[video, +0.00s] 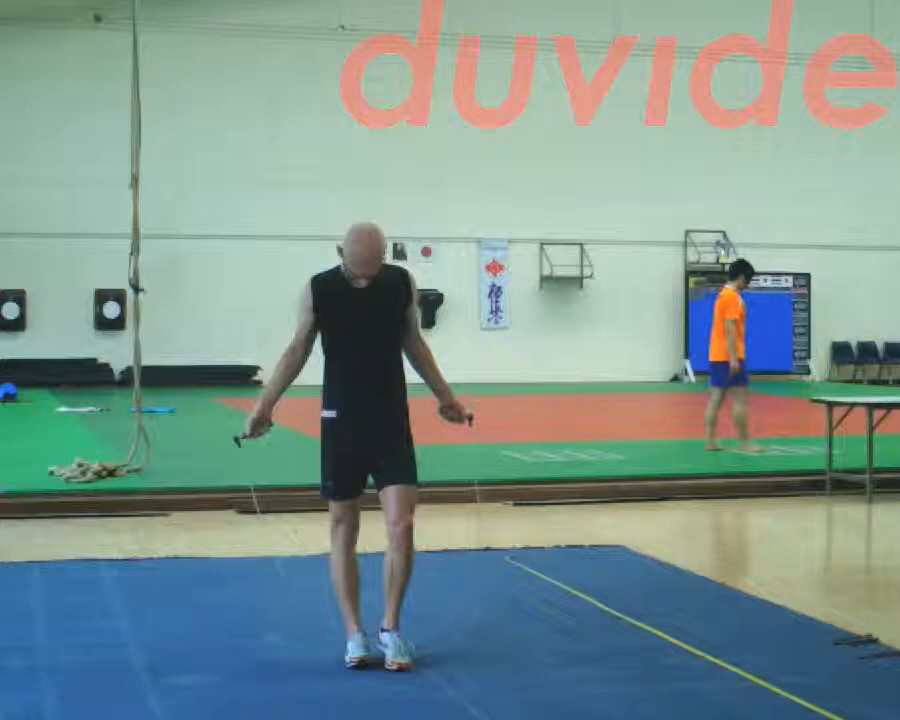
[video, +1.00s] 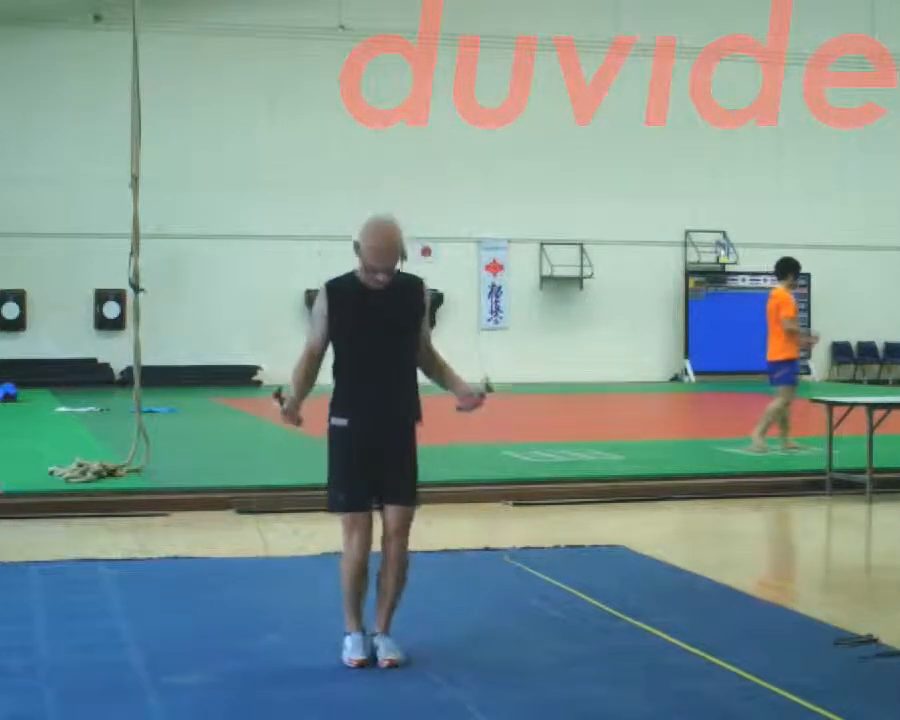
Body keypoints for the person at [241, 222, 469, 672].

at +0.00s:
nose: (364, 278)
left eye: (371, 271)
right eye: (357, 271)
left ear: (384, 256)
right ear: (342, 254)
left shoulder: (400, 282)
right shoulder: (319, 289)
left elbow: (414, 344)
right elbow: (295, 353)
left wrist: (446, 398)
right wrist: (263, 409)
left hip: (391, 421)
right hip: (342, 424)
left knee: (402, 524)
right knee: (343, 526)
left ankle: (391, 630)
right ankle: (354, 634)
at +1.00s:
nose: (381, 277)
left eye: (389, 268)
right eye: (373, 269)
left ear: (401, 256)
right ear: (357, 254)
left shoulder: (416, 294)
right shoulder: (333, 295)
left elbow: (424, 353)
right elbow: (313, 354)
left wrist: (459, 387)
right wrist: (295, 399)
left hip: (398, 426)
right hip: (350, 426)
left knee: (398, 530)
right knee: (357, 532)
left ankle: (382, 632)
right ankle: (354, 632)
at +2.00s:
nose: (382, 258)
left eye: (390, 250)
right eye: (374, 250)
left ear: (401, 238)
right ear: (359, 235)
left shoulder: (416, 271)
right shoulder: (333, 274)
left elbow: (428, 331)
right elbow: (305, 332)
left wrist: (459, 377)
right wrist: (283, 388)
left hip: (400, 404)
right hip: (353, 405)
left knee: (396, 509)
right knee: (357, 511)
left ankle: (386, 618)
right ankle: (354, 619)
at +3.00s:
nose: (376, 240)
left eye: (383, 232)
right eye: (368, 233)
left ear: (394, 222)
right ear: (353, 220)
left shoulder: (409, 258)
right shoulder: (329, 262)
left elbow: (417, 324)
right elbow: (308, 324)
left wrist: (450, 366)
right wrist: (288, 377)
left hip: (395, 392)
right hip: (349, 393)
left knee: (390, 498)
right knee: (355, 499)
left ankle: (379, 608)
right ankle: (350, 609)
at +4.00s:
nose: (372, 268)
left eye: (380, 259)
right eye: (363, 260)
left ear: (391, 248)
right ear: (348, 247)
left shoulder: (406, 287)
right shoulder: (323, 292)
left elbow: (418, 351)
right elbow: (307, 353)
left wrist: (453, 385)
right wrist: (293, 397)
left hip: (391, 421)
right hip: (343, 421)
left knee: (389, 523)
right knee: (351, 527)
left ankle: (375, 622)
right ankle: (345, 622)